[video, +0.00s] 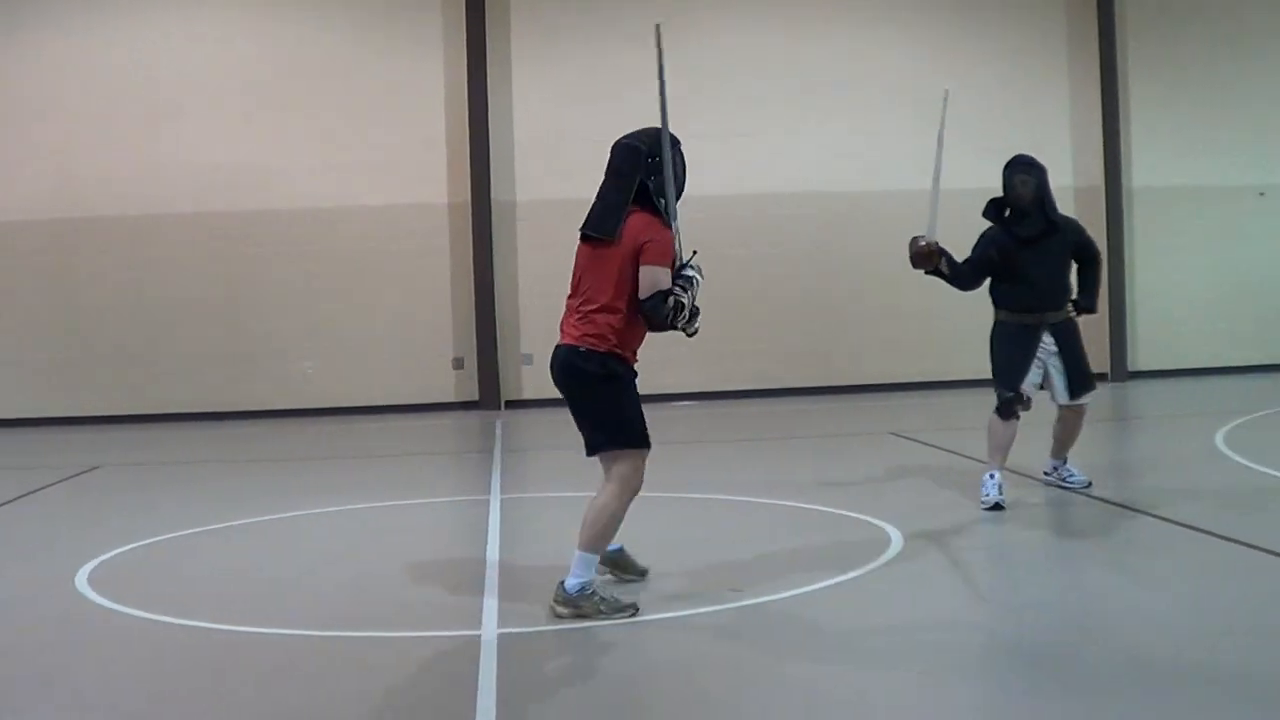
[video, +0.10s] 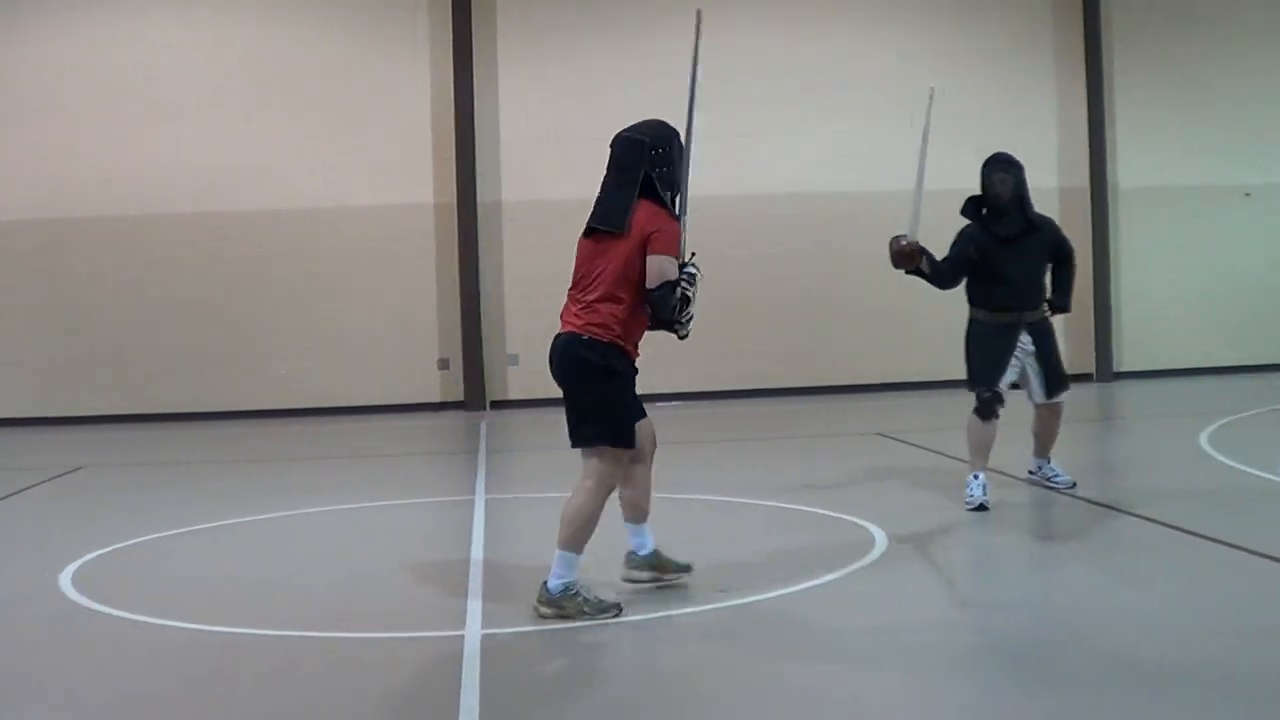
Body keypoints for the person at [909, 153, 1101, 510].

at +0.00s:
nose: (1021, 187)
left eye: (1027, 180)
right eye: (1015, 181)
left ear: (1041, 185)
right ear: (1005, 188)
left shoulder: (1065, 228)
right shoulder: (997, 237)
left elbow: (1090, 257)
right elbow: (968, 279)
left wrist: (1086, 299)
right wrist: (940, 260)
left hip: (1060, 324)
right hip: (1014, 328)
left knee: (1075, 399)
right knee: (1010, 402)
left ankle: (1057, 466)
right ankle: (993, 478)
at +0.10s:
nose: (1000, 185)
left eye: (1006, 178)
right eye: (994, 179)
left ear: (1020, 183)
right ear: (984, 186)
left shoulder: (1042, 228)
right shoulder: (975, 234)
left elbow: (1064, 257)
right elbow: (947, 277)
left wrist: (1059, 299)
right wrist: (921, 261)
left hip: (1035, 324)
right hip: (990, 327)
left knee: (1051, 396)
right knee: (988, 401)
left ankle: (1041, 465)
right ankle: (977, 478)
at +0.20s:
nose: (974, 186)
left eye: (980, 179)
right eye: (967, 180)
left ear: (993, 182)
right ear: (957, 184)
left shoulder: (1013, 226)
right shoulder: (947, 232)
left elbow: (1031, 258)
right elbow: (922, 276)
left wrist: (1027, 299)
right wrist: (897, 261)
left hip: (1005, 322)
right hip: (962, 325)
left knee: (1020, 395)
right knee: (965, 402)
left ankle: (1020, 464)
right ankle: (957, 479)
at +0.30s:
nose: (946, 184)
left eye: (953, 177)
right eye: (939, 178)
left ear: (965, 179)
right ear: (929, 181)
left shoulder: (984, 222)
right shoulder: (920, 228)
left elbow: (1000, 255)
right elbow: (896, 273)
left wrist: (994, 296)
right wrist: (871, 261)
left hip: (975, 319)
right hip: (934, 322)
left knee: (988, 393)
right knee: (942, 403)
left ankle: (985, 463)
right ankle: (935, 480)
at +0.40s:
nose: (922, 186)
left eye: (929, 178)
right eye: (915, 179)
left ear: (941, 180)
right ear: (905, 182)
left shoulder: (959, 222)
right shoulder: (895, 229)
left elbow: (974, 255)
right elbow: (873, 274)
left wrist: (969, 295)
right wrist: (851, 262)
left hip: (950, 320)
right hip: (910, 323)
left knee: (967, 397)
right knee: (924, 404)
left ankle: (935, 459)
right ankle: (917, 479)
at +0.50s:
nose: (906, 191)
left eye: (912, 183)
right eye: (899, 184)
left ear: (925, 184)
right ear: (888, 187)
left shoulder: (942, 225)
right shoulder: (878, 232)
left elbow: (956, 260)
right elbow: (857, 277)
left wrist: (950, 298)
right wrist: (836, 264)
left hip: (933, 323)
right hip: (896, 326)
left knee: (947, 401)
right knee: (910, 403)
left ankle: (894, 460)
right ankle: (904, 481)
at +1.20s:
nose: (891, 205)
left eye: (897, 199)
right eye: (884, 198)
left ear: (906, 204)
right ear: (871, 202)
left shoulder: (912, 246)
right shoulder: (851, 235)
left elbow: (943, 280)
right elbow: (823, 258)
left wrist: (942, 313)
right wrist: (828, 219)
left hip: (901, 328)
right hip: (862, 325)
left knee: (926, 405)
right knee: (877, 401)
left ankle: (893, 462)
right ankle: (874, 479)